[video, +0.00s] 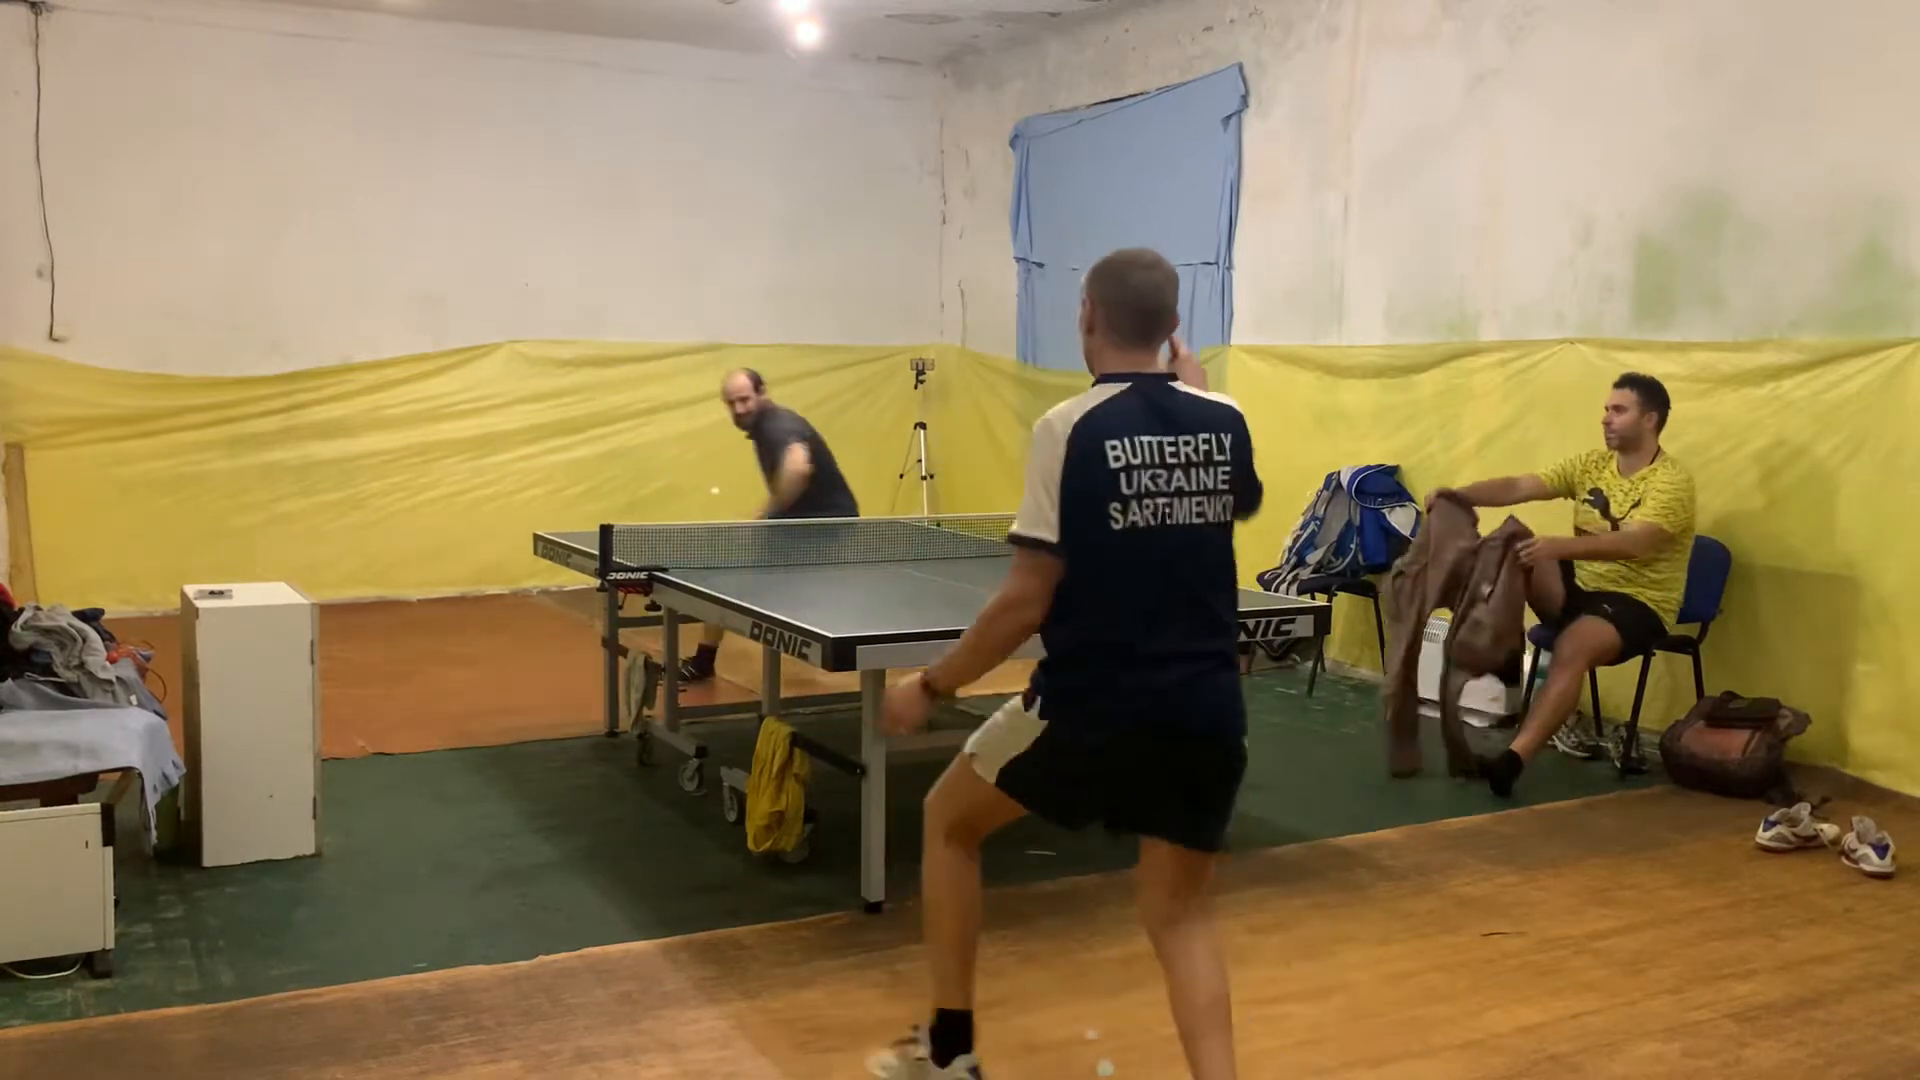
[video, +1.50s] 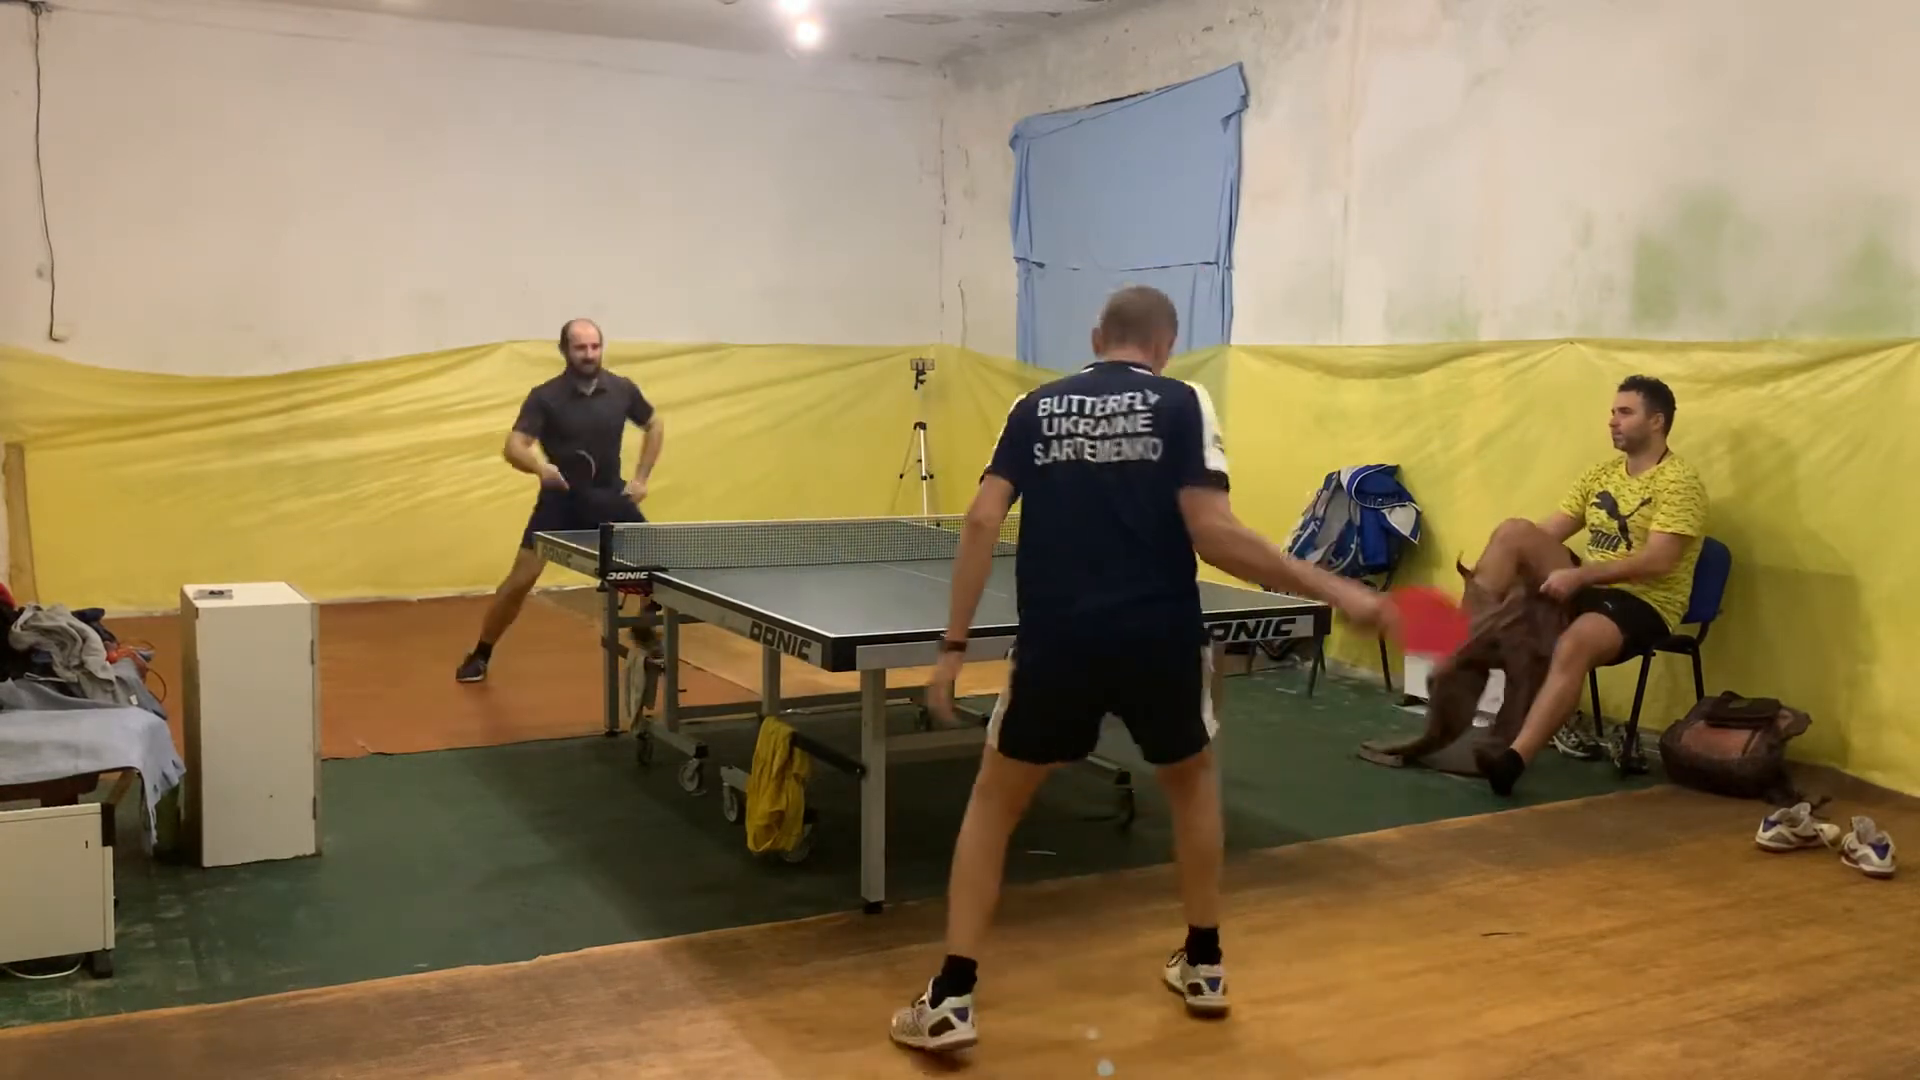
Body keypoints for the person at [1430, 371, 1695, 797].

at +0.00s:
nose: (1606, 419)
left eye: (1618, 411)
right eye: (1606, 410)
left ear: (1652, 420)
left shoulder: (1672, 481)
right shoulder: (1592, 464)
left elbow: (1640, 541)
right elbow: (1520, 487)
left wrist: (1555, 547)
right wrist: (1460, 494)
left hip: (1639, 603)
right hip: (1580, 591)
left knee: (1572, 645)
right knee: (1513, 543)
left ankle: (1512, 762)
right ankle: (1504, 654)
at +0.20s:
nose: (1606, 421)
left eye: (1617, 413)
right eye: (1605, 412)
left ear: (1651, 423)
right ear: (1605, 415)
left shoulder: (1671, 485)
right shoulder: (1597, 470)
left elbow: (1631, 561)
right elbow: (1529, 511)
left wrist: (1562, 589)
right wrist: (1469, 553)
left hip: (1644, 600)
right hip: (1593, 585)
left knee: (1573, 646)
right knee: (1523, 521)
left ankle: (1514, 760)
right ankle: (1520, 625)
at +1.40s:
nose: (1611, 420)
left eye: (1623, 412)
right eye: (1611, 412)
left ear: (1656, 422)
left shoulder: (1678, 482)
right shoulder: (1603, 473)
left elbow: (1656, 561)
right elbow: (1555, 529)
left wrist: (1581, 587)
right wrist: (1497, 574)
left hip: (1647, 601)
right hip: (1591, 584)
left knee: (1575, 645)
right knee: (1514, 528)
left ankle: (1515, 759)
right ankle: (1474, 661)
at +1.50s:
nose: (1613, 421)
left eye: (1625, 413)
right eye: (1613, 412)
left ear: (1658, 422)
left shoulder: (1680, 483)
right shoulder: (1604, 474)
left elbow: (1660, 560)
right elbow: (1551, 530)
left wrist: (1581, 575)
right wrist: (1493, 567)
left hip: (1648, 601)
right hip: (1592, 585)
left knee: (1575, 643)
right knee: (1513, 533)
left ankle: (1515, 759)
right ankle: (1464, 657)